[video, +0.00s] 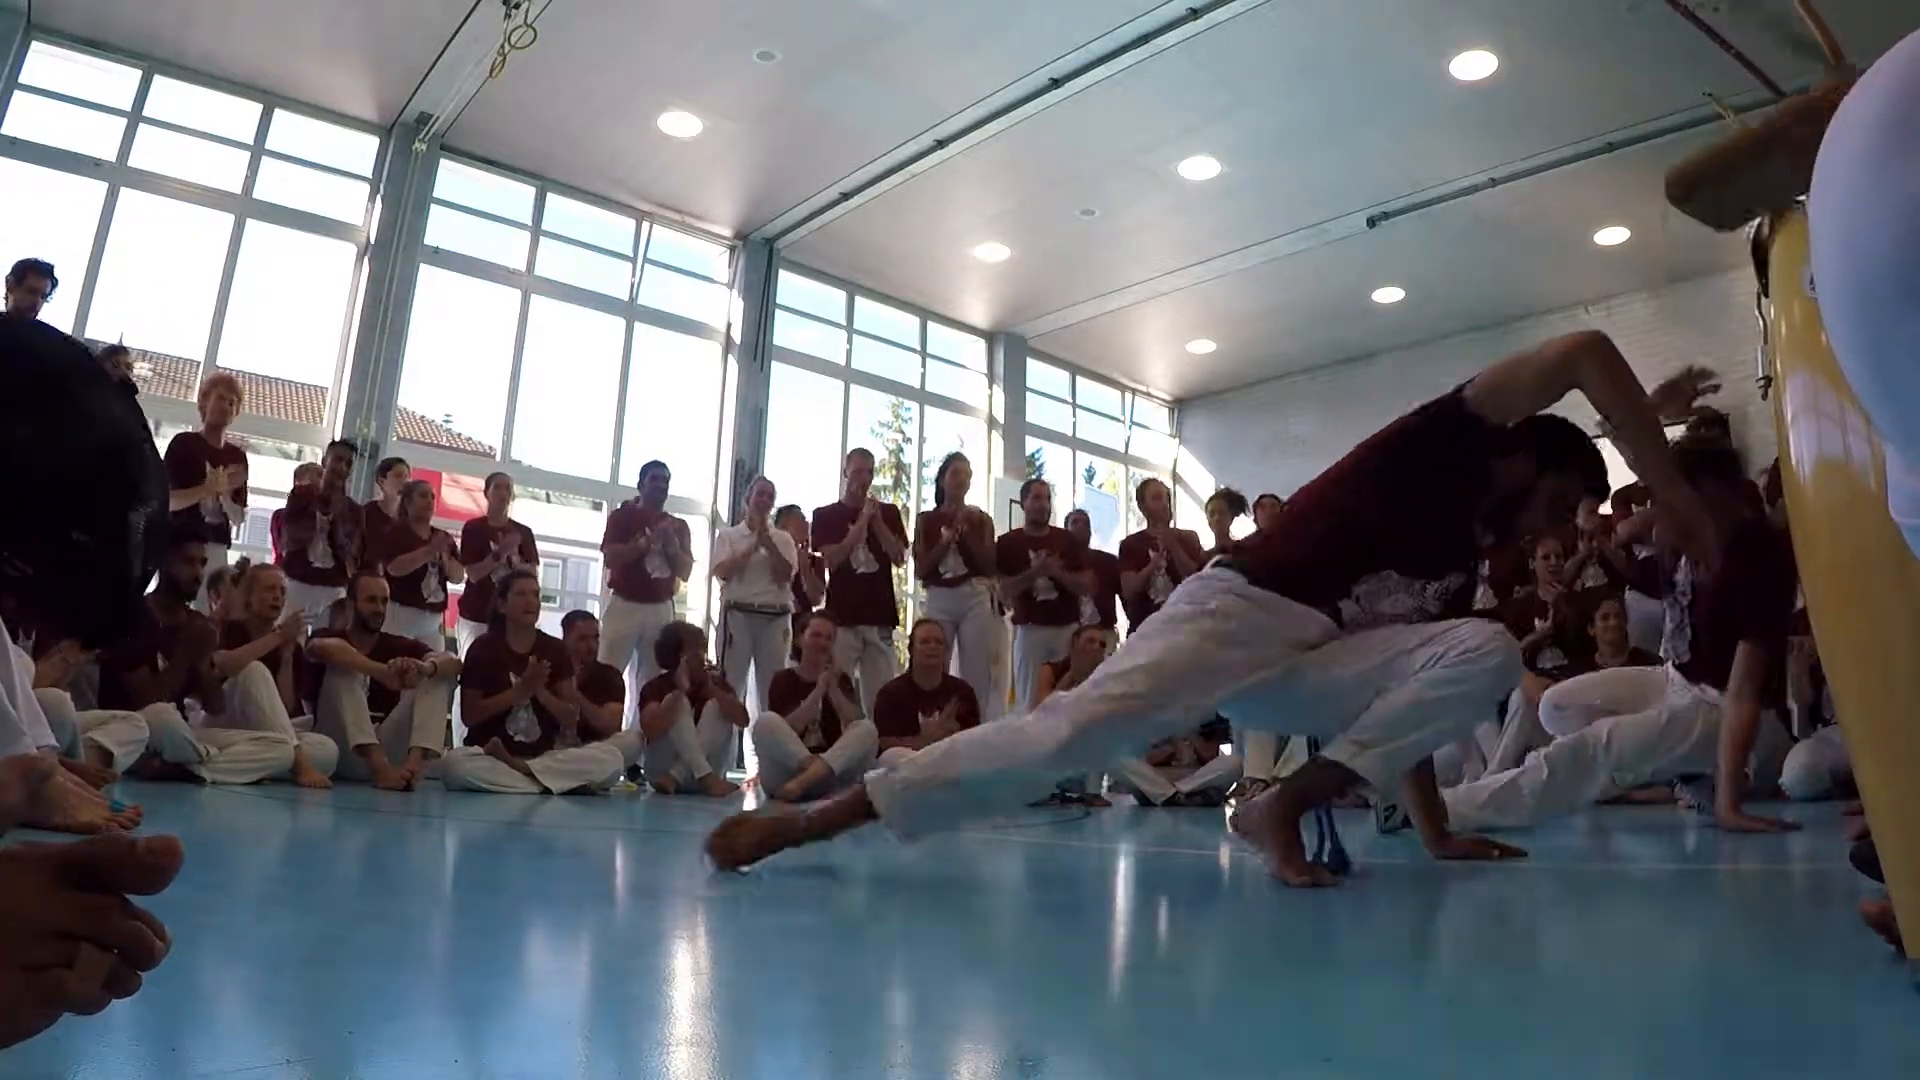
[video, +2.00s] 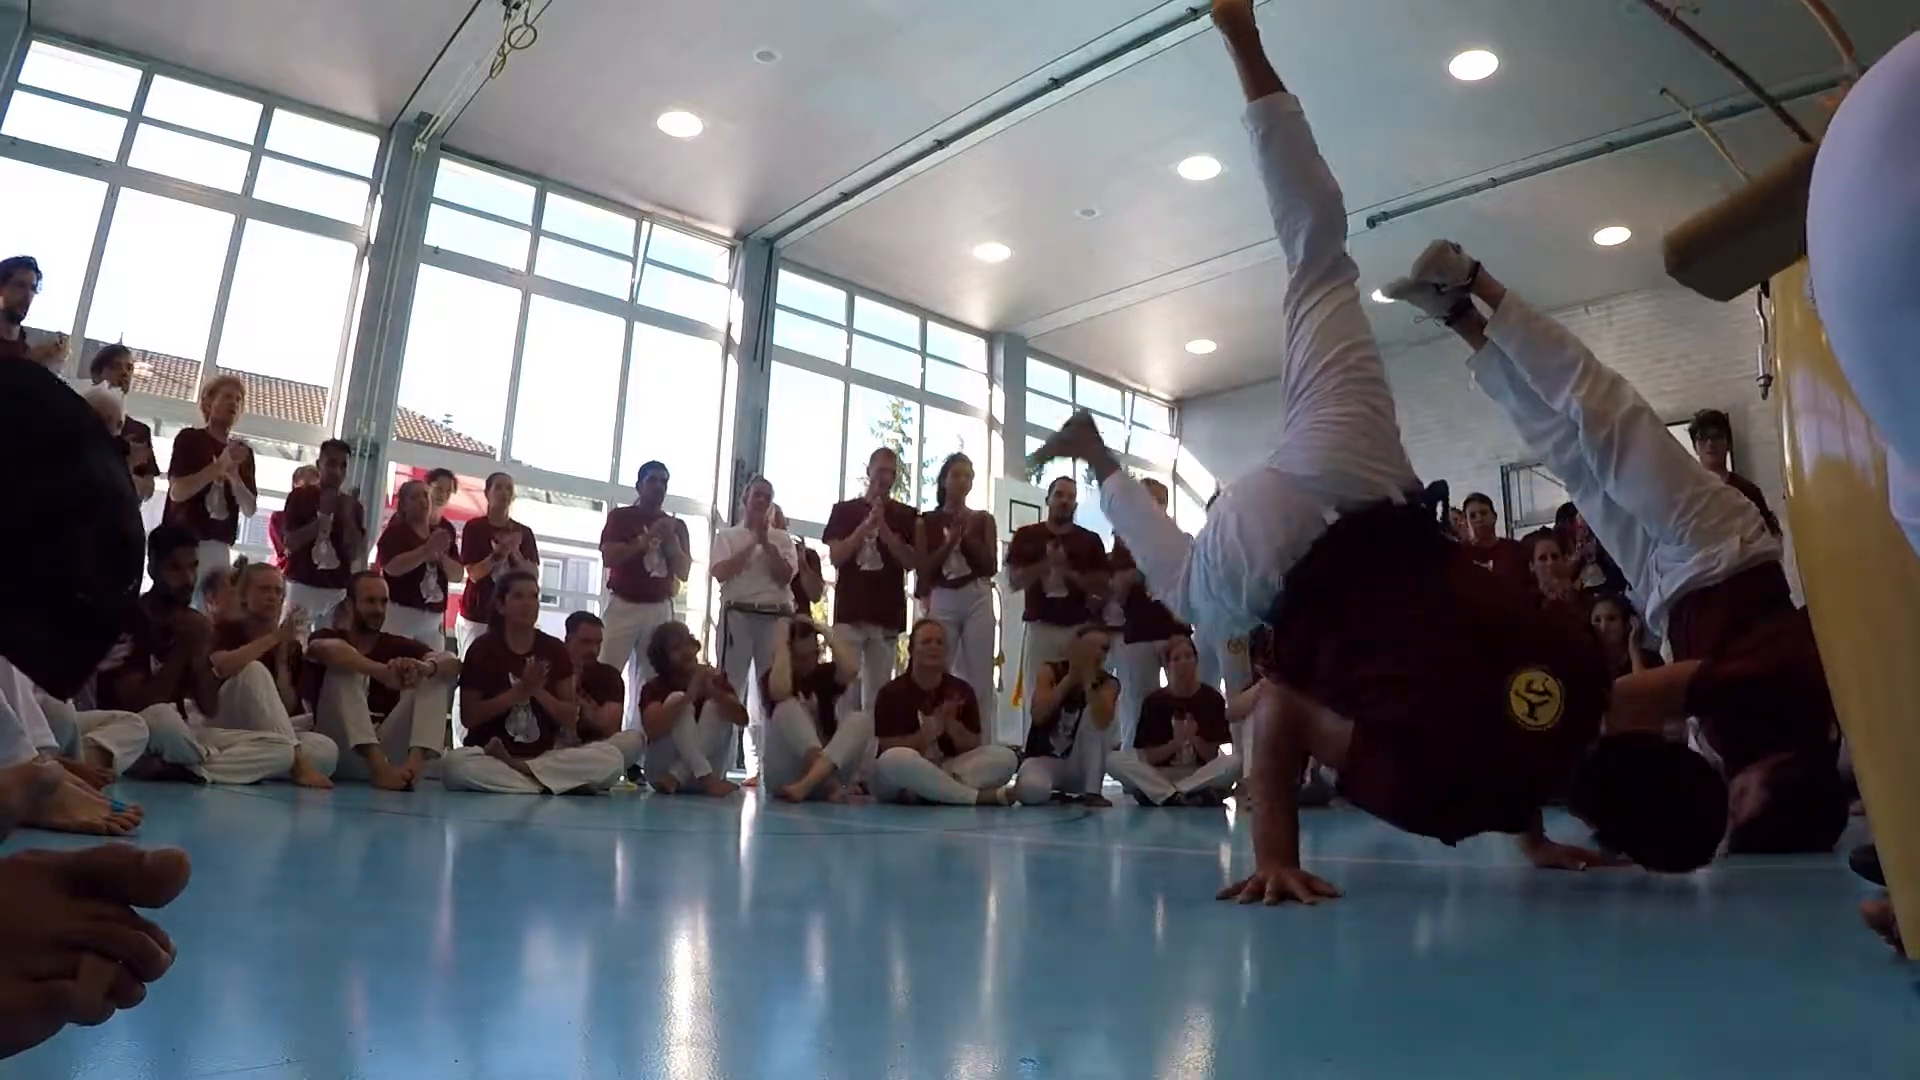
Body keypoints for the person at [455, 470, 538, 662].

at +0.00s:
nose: (503, 494)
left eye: (507, 489)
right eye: (497, 488)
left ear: (512, 495)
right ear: (486, 493)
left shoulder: (524, 532)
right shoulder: (473, 528)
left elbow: (533, 573)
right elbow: (473, 575)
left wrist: (515, 559)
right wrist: (501, 551)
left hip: (511, 618)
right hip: (475, 615)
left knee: (506, 680)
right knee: (473, 679)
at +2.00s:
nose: (504, 493)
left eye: (509, 489)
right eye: (498, 487)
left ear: (513, 495)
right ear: (487, 492)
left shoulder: (524, 533)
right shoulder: (474, 527)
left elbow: (533, 574)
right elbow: (474, 574)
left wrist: (515, 554)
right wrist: (497, 554)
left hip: (511, 619)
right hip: (475, 616)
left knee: (505, 680)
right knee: (471, 680)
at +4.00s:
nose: (503, 493)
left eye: (507, 488)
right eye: (497, 488)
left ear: (512, 495)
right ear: (486, 493)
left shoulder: (523, 532)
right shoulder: (473, 527)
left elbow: (531, 574)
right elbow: (473, 575)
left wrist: (514, 553)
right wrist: (496, 553)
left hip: (509, 621)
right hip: (474, 617)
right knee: (471, 679)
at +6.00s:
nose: (508, 497)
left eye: (512, 493)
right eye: (503, 491)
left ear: (515, 498)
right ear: (489, 493)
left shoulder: (521, 531)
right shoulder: (472, 527)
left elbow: (531, 573)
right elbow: (471, 573)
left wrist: (518, 545)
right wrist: (494, 553)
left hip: (510, 622)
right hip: (475, 617)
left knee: (505, 684)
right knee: (470, 684)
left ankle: (497, 743)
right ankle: (462, 745)